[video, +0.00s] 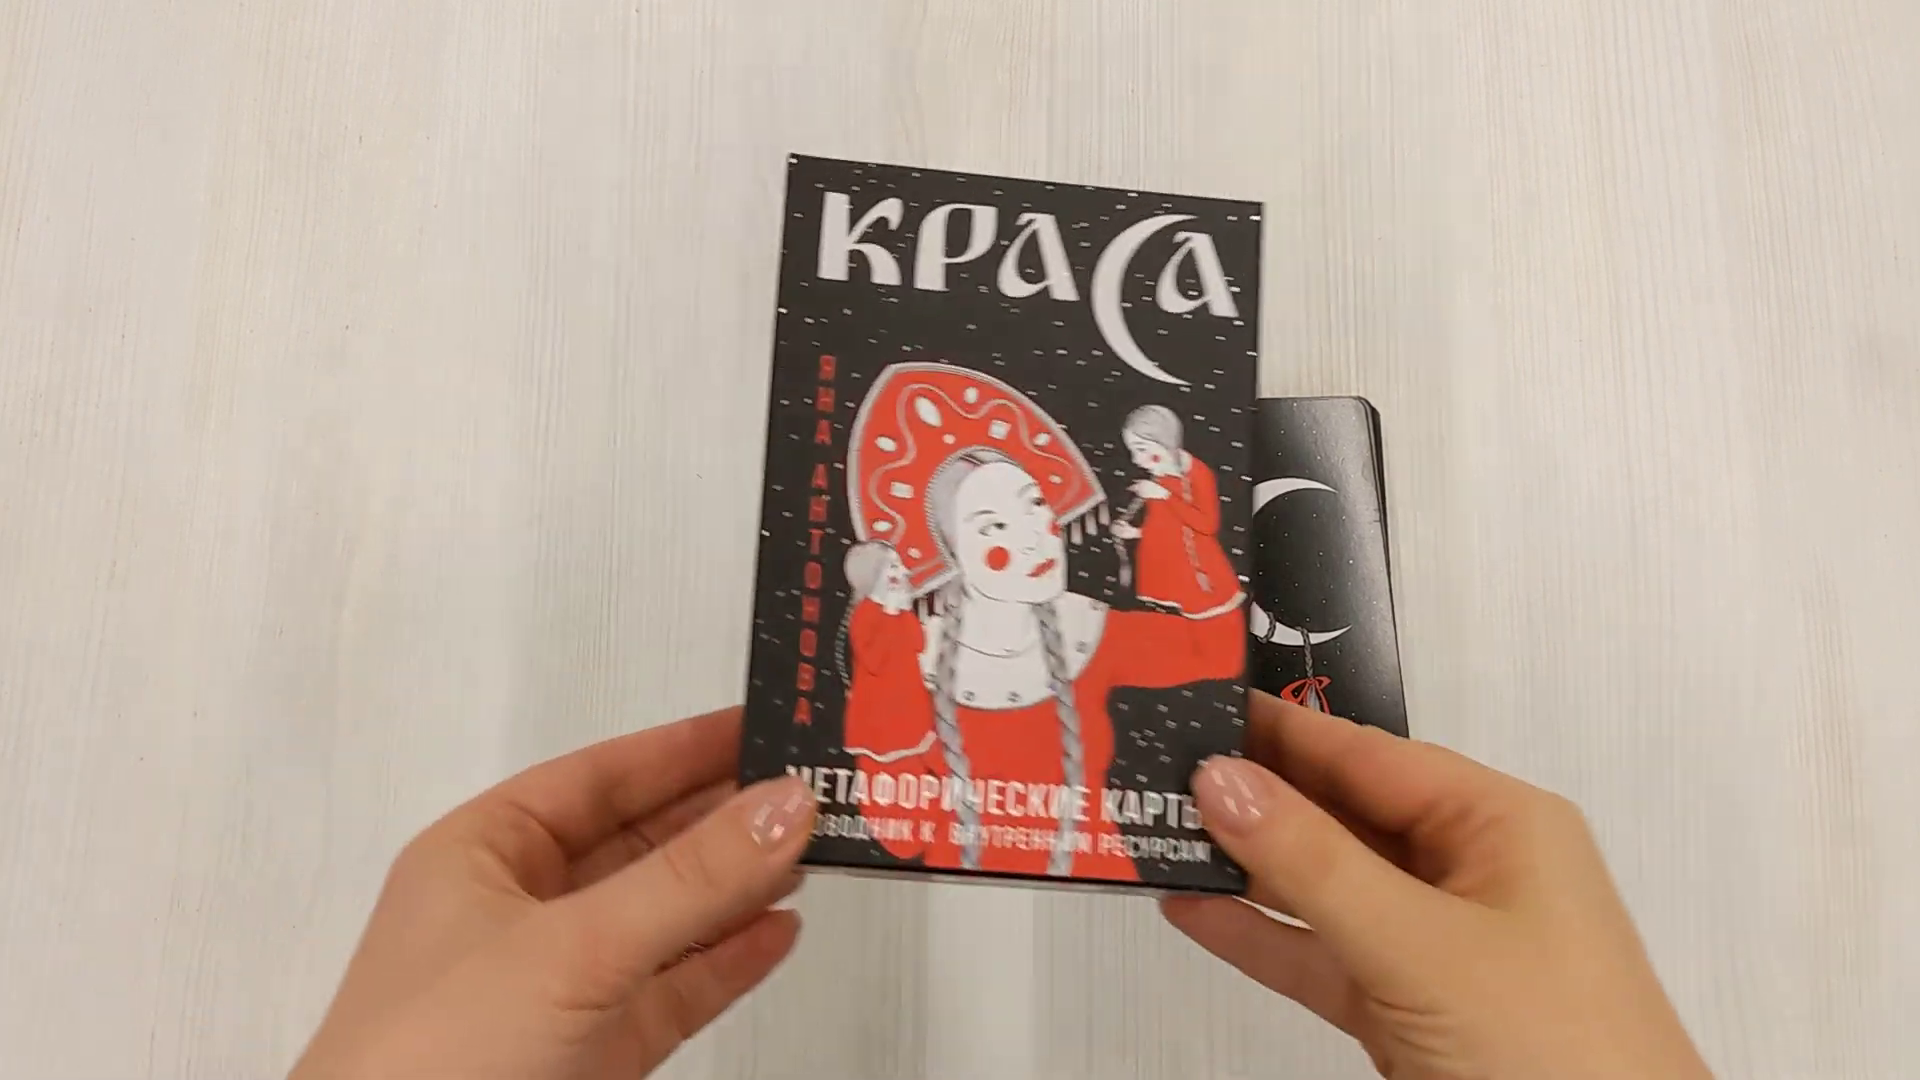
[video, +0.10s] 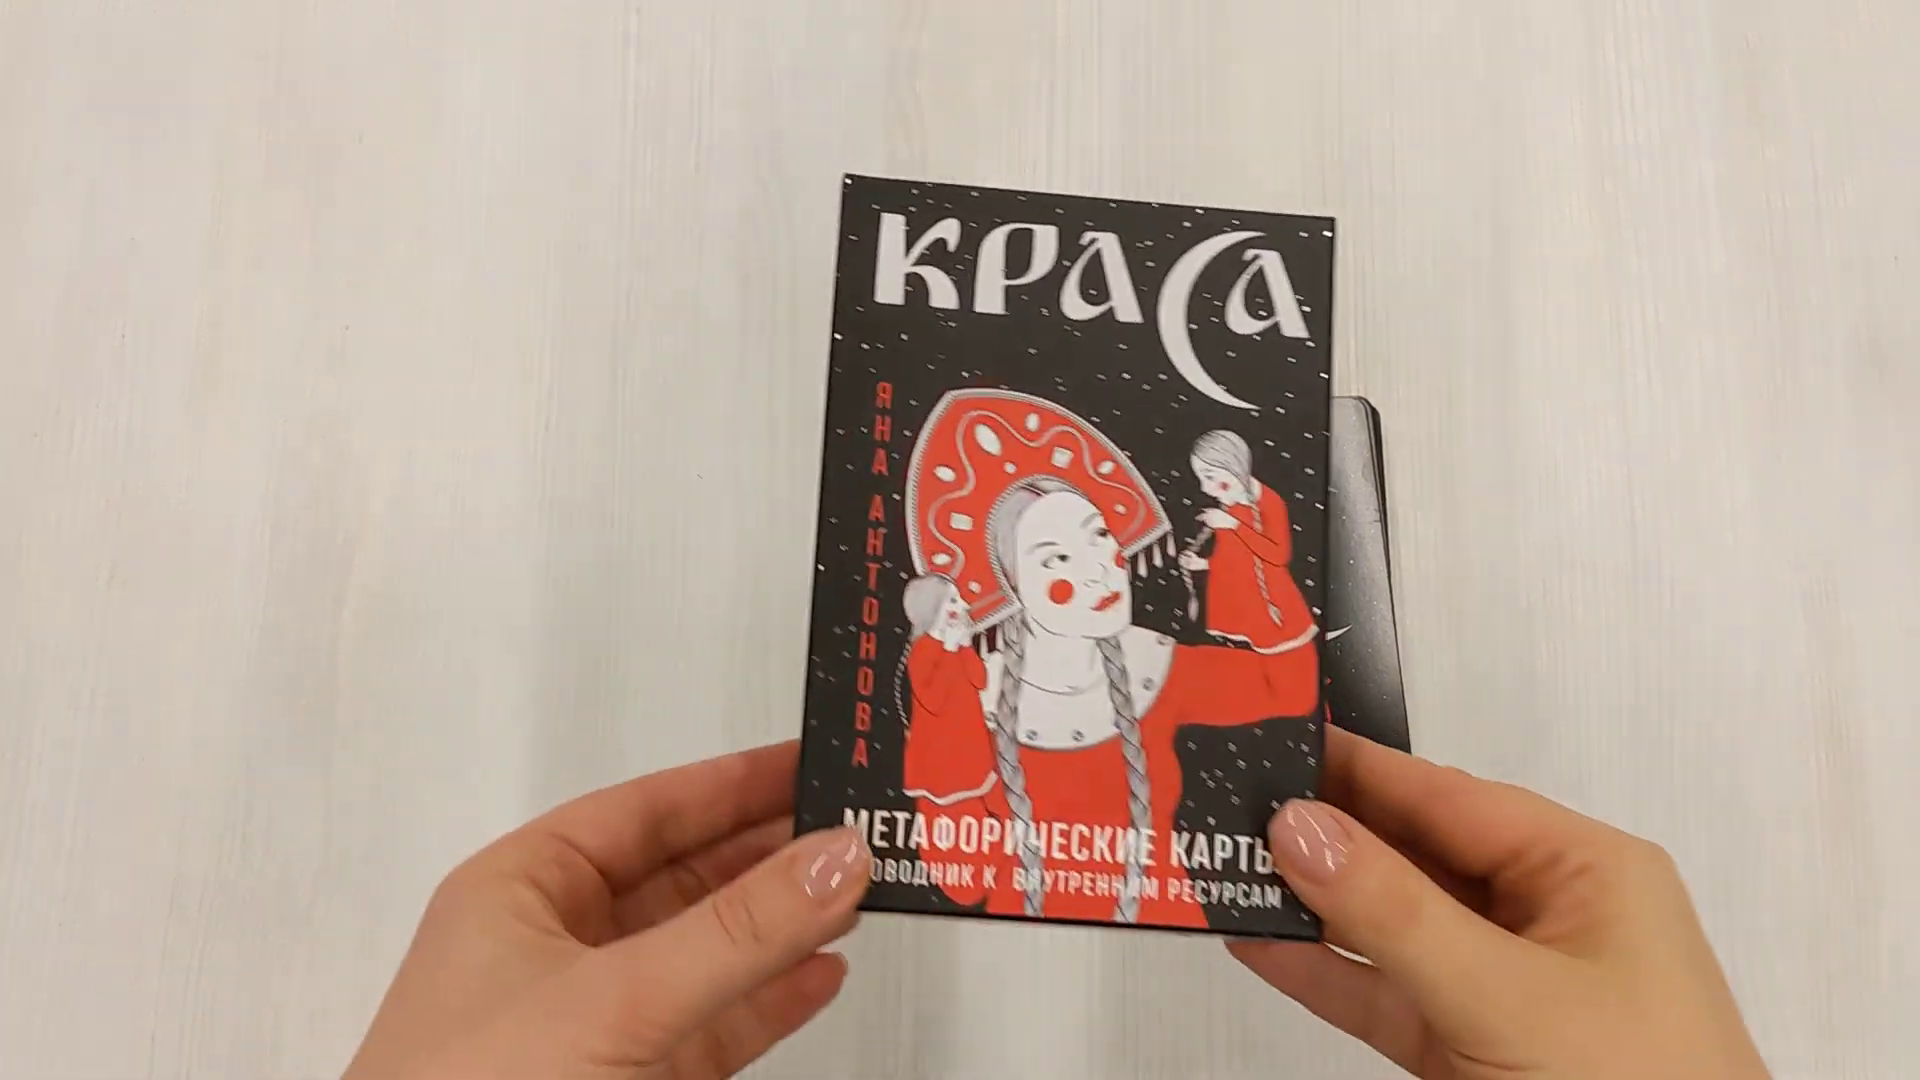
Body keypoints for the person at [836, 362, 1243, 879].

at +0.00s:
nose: (1036, 537)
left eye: (1035, 507)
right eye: (991, 527)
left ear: (1055, 517)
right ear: (955, 556)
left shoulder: (1082, 633)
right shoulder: (913, 655)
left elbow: (1216, 645)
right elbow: (903, 834)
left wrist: (1171, 506)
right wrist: (885, 630)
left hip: (1085, 894)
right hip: (955, 899)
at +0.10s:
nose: (1101, 570)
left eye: (1099, 538)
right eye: (1054, 560)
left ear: (1120, 548)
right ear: (1016, 590)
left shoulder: (1148, 669)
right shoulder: (973, 689)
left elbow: (1288, 683)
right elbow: (964, 883)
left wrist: (1248, 532)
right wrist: (944, 671)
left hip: (1153, 945)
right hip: (1017, 952)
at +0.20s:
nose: (1136, 594)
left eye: (1133, 561)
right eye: (1089, 585)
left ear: (1153, 567)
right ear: (1051, 618)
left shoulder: (1186, 694)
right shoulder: (1005, 718)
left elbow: (1330, 711)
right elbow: (995, 913)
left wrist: (1295, 578)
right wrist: (974, 719)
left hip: (1190, 971)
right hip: (1054, 981)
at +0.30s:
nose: (1149, 605)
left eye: (1145, 570)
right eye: (1100, 596)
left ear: (1164, 577)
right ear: (1061, 629)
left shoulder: (1204, 705)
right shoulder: (1019, 733)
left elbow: (1349, 720)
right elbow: (1012, 933)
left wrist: (1308, 578)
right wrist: (987, 722)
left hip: (1214, 994)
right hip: (1073, 1001)